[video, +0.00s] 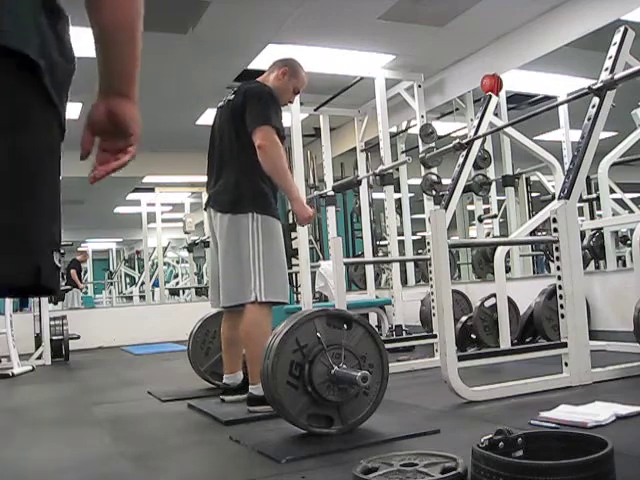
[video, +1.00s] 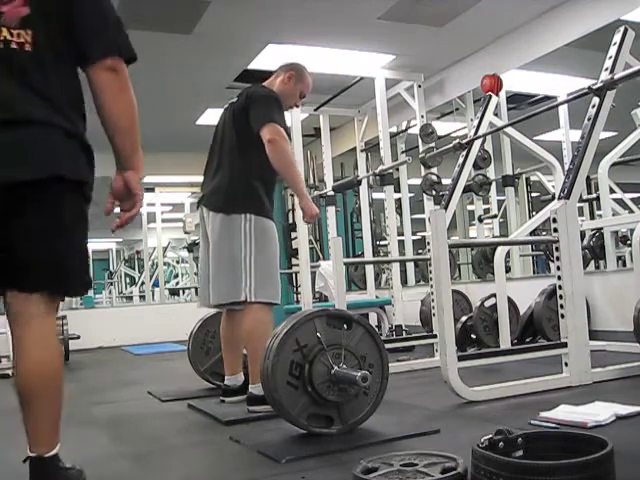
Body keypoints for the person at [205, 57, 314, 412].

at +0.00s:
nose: (292, 99)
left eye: (296, 95)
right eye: (294, 91)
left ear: (271, 72)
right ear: (280, 73)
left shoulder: (230, 103)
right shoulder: (260, 93)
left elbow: (221, 162)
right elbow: (265, 140)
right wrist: (297, 199)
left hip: (222, 207)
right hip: (249, 207)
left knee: (233, 302)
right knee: (259, 301)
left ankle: (232, 383)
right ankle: (260, 390)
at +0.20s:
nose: (291, 101)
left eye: (295, 98)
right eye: (293, 93)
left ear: (269, 73)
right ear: (279, 75)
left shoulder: (227, 106)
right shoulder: (260, 94)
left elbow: (211, 173)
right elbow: (266, 141)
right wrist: (298, 198)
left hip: (221, 208)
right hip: (248, 207)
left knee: (231, 303)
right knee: (259, 300)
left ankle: (233, 384)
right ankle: (260, 391)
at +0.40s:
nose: (292, 102)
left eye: (295, 98)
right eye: (294, 94)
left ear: (270, 75)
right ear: (279, 76)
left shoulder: (229, 106)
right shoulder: (257, 95)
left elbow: (217, 167)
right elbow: (261, 142)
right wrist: (297, 199)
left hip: (221, 207)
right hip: (247, 206)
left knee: (233, 302)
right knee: (261, 298)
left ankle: (232, 382)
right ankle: (260, 388)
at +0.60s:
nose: (292, 100)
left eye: (295, 96)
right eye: (294, 92)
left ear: (271, 73)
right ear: (280, 74)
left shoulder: (230, 106)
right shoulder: (259, 95)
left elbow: (219, 167)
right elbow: (264, 142)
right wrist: (298, 199)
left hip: (221, 208)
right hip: (249, 207)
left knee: (234, 302)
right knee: (261, 299)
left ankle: (233, 384)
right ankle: (259, 390)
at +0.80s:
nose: (294, 100)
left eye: (298, 95)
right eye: (296, 91)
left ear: (272, 73)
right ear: (281, 74)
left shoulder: (231, 105)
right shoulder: (260, 94)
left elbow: (219, 165)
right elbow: (268, 140)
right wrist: (301, 196)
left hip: (220, 207)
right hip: (249, 206)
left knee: (232, 302)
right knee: (260, 299)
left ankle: (233, 383)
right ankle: (259, 390)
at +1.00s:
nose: (298, 103)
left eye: (303, 99)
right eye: (301, 94)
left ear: (277, 76)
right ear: (285, 77)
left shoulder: (237, 104)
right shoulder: (263, 95)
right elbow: (272, 137)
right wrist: (303, 196)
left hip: (220, 207)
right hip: (245, 208)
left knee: (234, 302)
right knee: (259, 301)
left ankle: (233, 383)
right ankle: (260, 389)